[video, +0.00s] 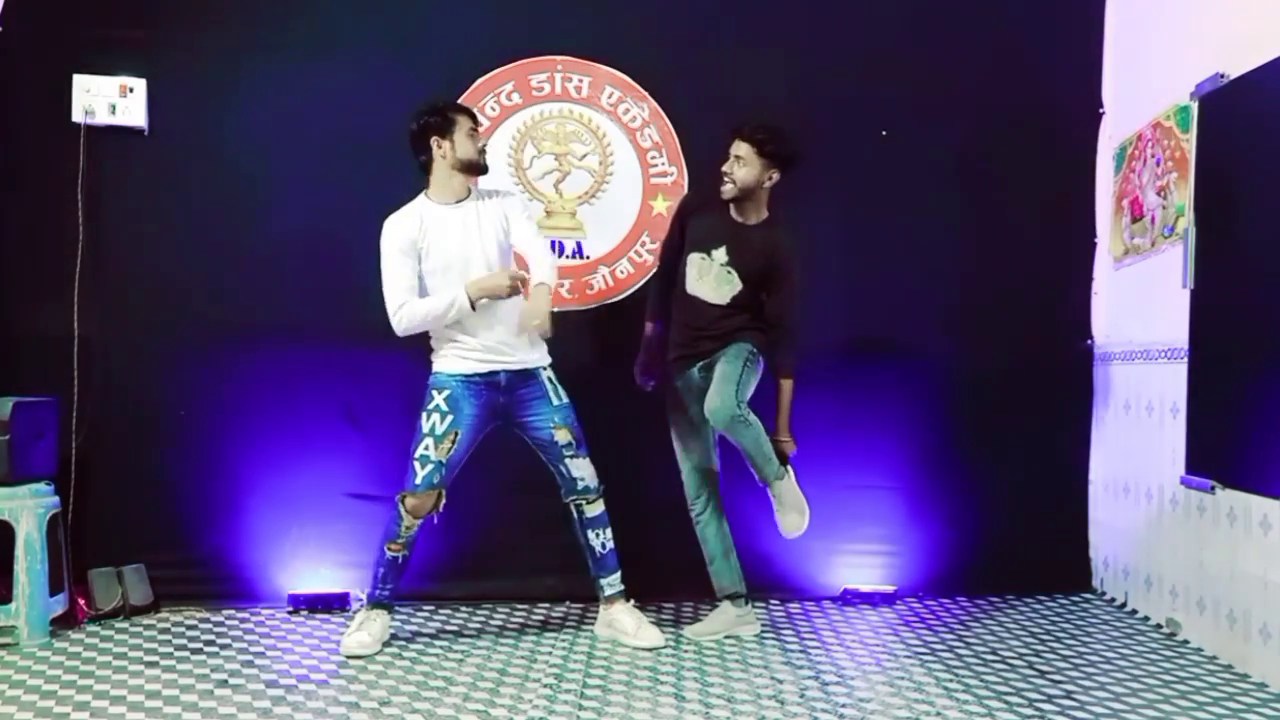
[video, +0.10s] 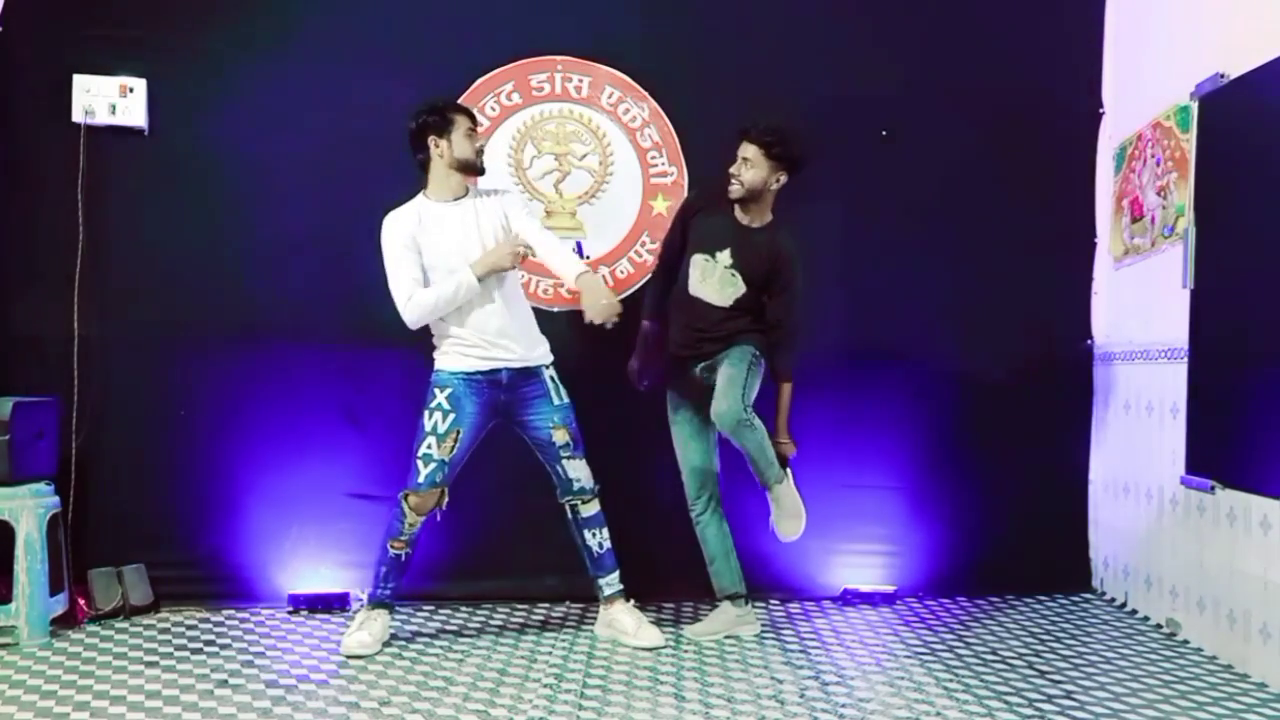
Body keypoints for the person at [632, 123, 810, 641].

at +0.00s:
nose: (727, 168)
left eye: (740, 162)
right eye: (728, 158)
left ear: (770, 177)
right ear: (727, 164)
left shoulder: (776, 245)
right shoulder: (695, 212)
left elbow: (786, 339)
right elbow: (662, 277)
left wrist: (783, 424)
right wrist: (650, 346)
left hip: (737, 348)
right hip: (685, 360)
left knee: (721, 408)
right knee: (700, 491)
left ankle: (778, 480)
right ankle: (735, 604)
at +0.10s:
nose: (735, 170)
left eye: (748, 166)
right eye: (737, 160)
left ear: (776, 181)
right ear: (732, 164)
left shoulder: (777, 250)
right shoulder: (697, 215)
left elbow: (785, 341)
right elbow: (660, 275)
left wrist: (781, 424)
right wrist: (645, 343)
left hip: (738, 349)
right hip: (684, 360)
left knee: (727, 412)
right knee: (700, 489)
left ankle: (777, 485)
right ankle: (734, 604)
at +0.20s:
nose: (740, 171)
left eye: (753, 166)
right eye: (741, 162)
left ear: (782, 181)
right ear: (737, 166)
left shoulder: (782, 254)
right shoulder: (705, 209)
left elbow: (783, 342)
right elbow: (661, 274)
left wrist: (775, 424)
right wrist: (640, 344)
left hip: (741, 352)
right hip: (684, 357)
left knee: (735, 416)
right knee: (700, 486)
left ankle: (774, 489)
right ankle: (734, 604)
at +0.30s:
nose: (743, 171)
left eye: (756, 166)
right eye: (745, 162)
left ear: (786, 180)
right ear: (741, 167)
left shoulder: (786, 257)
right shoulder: (712, 206)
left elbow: (785, 345)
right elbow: (663, 268)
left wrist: (776, 427)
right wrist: (641, 342)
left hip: (743, 358)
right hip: (686, 363)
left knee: (742, 428)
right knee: (702, 490)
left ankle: (773, 503)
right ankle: (734, 604)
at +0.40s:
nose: (746, 168)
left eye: (758, 163)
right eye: (747, 158)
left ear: (789, 176)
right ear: (745, 162)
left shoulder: (792, 251)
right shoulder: (712, 207)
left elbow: (796, 339)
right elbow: (662, 266)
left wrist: (786, 421)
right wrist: (644, 335)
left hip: (746, 363)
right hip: (688, 367)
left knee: (753, 443)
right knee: (704, 496)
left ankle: (779, 543)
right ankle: (731, 605)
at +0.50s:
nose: (742, 162)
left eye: (754, 156)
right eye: (745, 153)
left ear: (786, 168)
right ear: (756, 162)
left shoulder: (796, 246)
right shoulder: (714, 207)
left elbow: (803, 334)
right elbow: (664, 255)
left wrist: (797, 420)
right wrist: (630, 308)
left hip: (755, 370)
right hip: (696, 372)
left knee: (773, 477)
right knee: (706, 497)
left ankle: (794, 598)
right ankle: (733, 603)